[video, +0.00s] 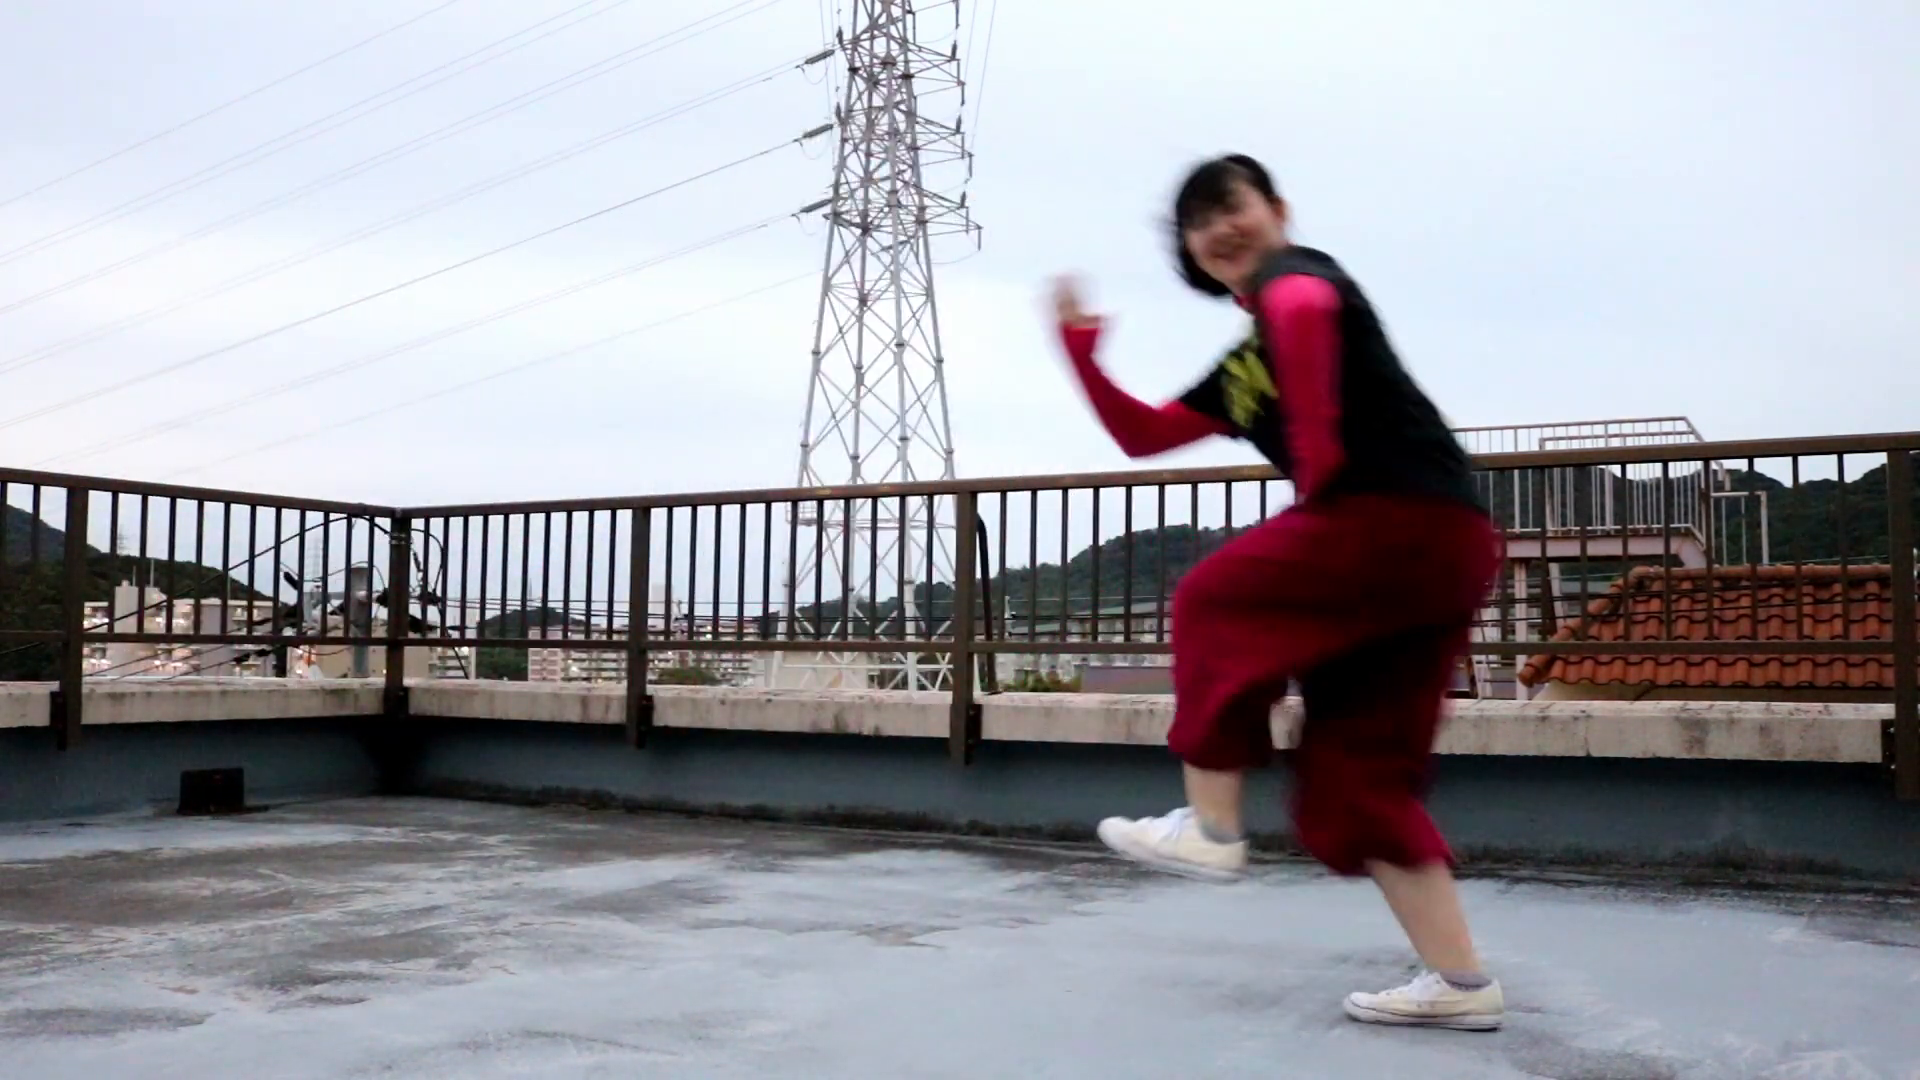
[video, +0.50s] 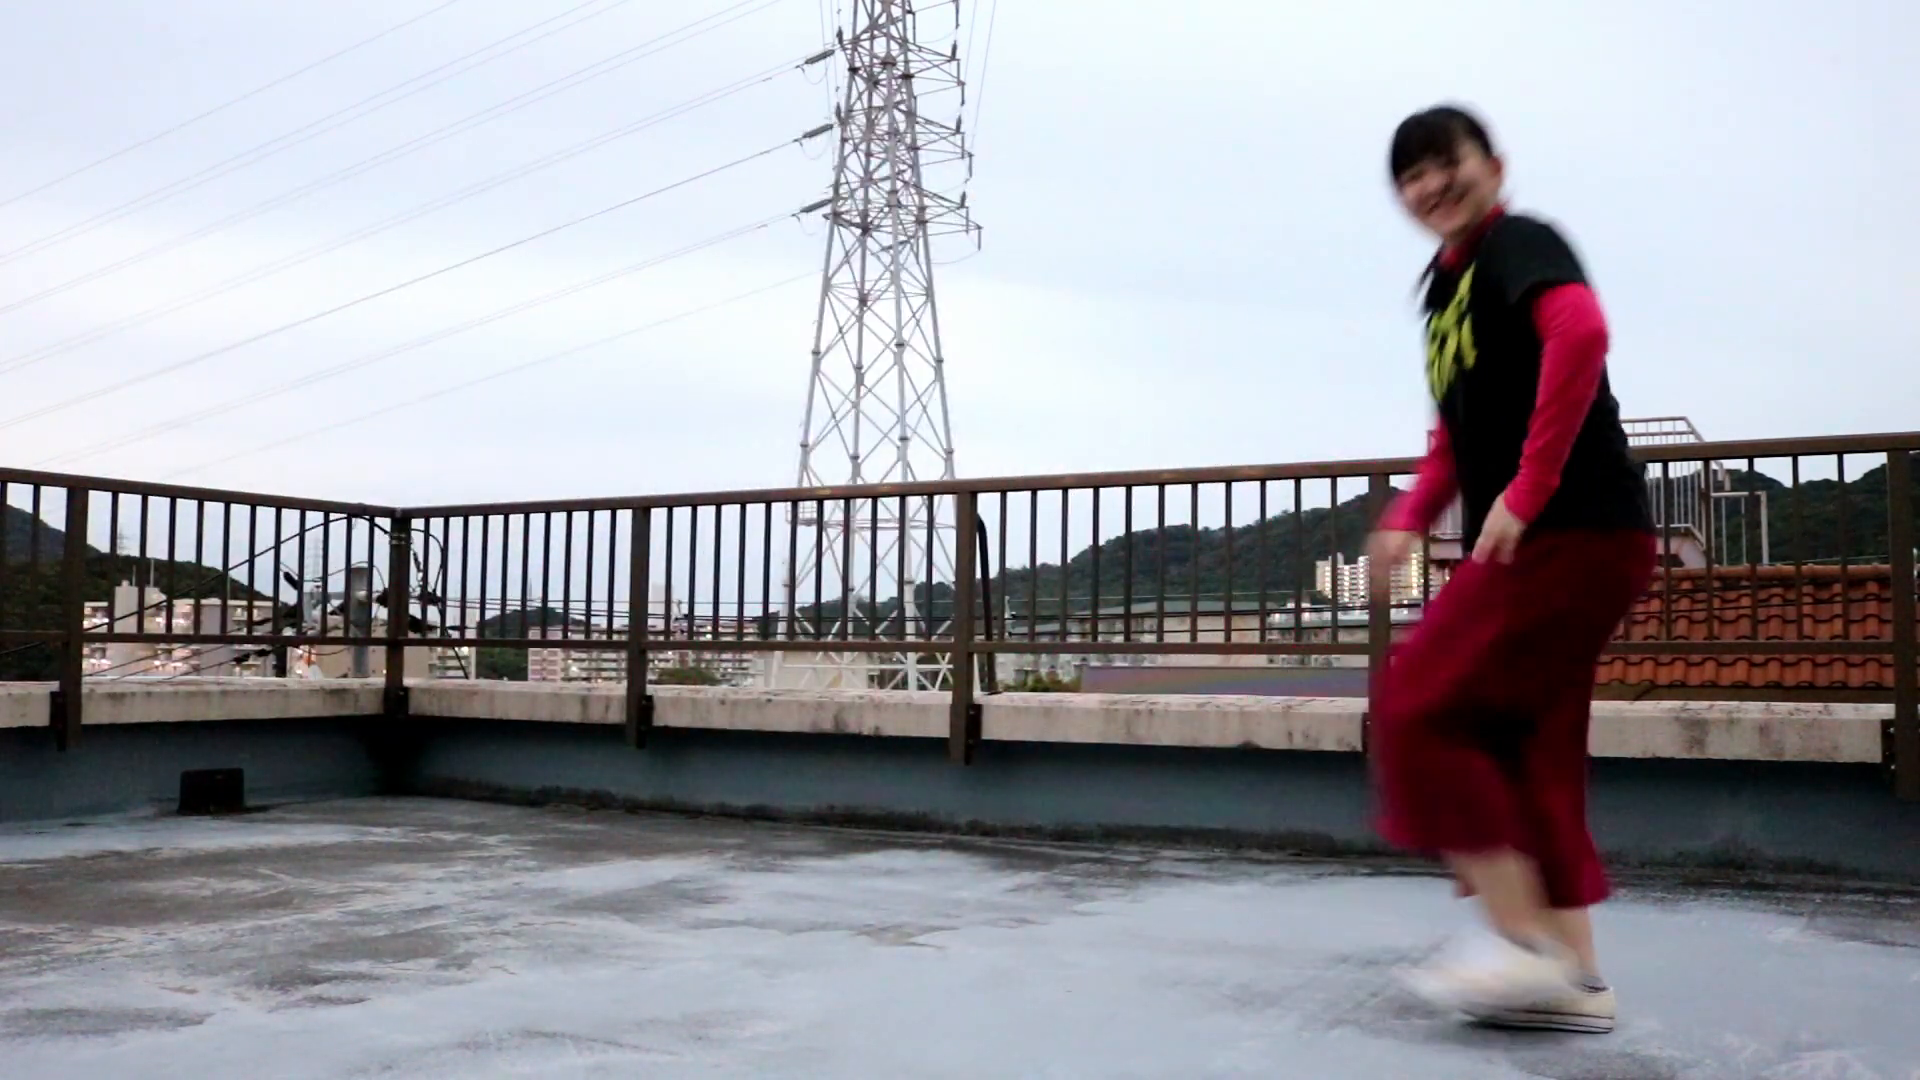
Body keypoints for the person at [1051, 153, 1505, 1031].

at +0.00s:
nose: (1219, 227)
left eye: (1231, 204)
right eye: (1199, 224)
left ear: (1279, 210)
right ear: (1195, 259)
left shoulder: (1298, 279)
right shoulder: (1252, 362)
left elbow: (1302, 319)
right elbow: (1143, 434)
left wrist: (1315, 483)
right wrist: (1079, 350)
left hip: (1399, 525)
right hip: (1434, 545)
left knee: (1209, 597)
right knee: (1355, 767)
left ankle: (1210, 827)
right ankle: (1460, 979)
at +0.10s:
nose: (1252, 230)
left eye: (1268, 210)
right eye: (1233, 225)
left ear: (1310, 214)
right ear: (1224, 250)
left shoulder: (1337, 271)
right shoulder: (1292, 365)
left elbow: (1365, 314)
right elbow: (1196, 448)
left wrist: (1384, 457)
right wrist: (1145, 355)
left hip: (1474, 500)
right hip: (1463, 529)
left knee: (1269, 577)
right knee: (1396, 730)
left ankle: (1281, 805)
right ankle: (1454, 954)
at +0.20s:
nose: (1300, 239)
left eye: (1315, 218)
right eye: (1280, 232)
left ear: (1359, 222)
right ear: (1269, 256)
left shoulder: (1390, 284)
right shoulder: (1332, 374)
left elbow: (1419, 327)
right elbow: (1237, 437)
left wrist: (1444, 467)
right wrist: (1139, 370)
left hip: (1525, 499)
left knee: (1315, 596)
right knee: (1430, 751)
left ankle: (1232, 803)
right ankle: (1556, 959)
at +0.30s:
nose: (1348, 258)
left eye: (1366, 238)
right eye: (1329, 251)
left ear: (1410, 246)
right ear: (1318, 276)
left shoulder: (1435, 312)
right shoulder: (1380, 395)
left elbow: (1486, 363)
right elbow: (1287, 480)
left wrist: (1493, 508)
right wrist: (1214, 408)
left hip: (1574, 555)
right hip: (1554, 582)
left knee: (1354, 608)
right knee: (1469, 765)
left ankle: (1217, 796)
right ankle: (1569, 982)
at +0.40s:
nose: (1391, 231)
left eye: (1405, 209)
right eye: (1370, 226)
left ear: (1451, 216)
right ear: (1361, 253)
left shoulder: (1476, 290)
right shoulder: (1416, 358)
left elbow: (1539, 354)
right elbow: (1380, 496)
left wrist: (1522, 504)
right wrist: (1307, 500)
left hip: (1585, 548)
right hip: (1561, 566)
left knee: (1367, 632)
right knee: (1498, 754)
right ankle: (1570, 978)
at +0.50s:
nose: (1432, 184)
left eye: (1447, 162)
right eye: (1413, 177)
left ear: (1492, 163)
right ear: (1403, 199)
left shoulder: (1520, 243)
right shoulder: (1447, 286)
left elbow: (1579, 331)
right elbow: (1464, 427)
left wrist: (1524, 493)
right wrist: (1404, 518)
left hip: (1572, 533)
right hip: (1543, 540)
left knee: (1414, 697)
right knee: (1538, 744)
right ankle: (1574, 972)